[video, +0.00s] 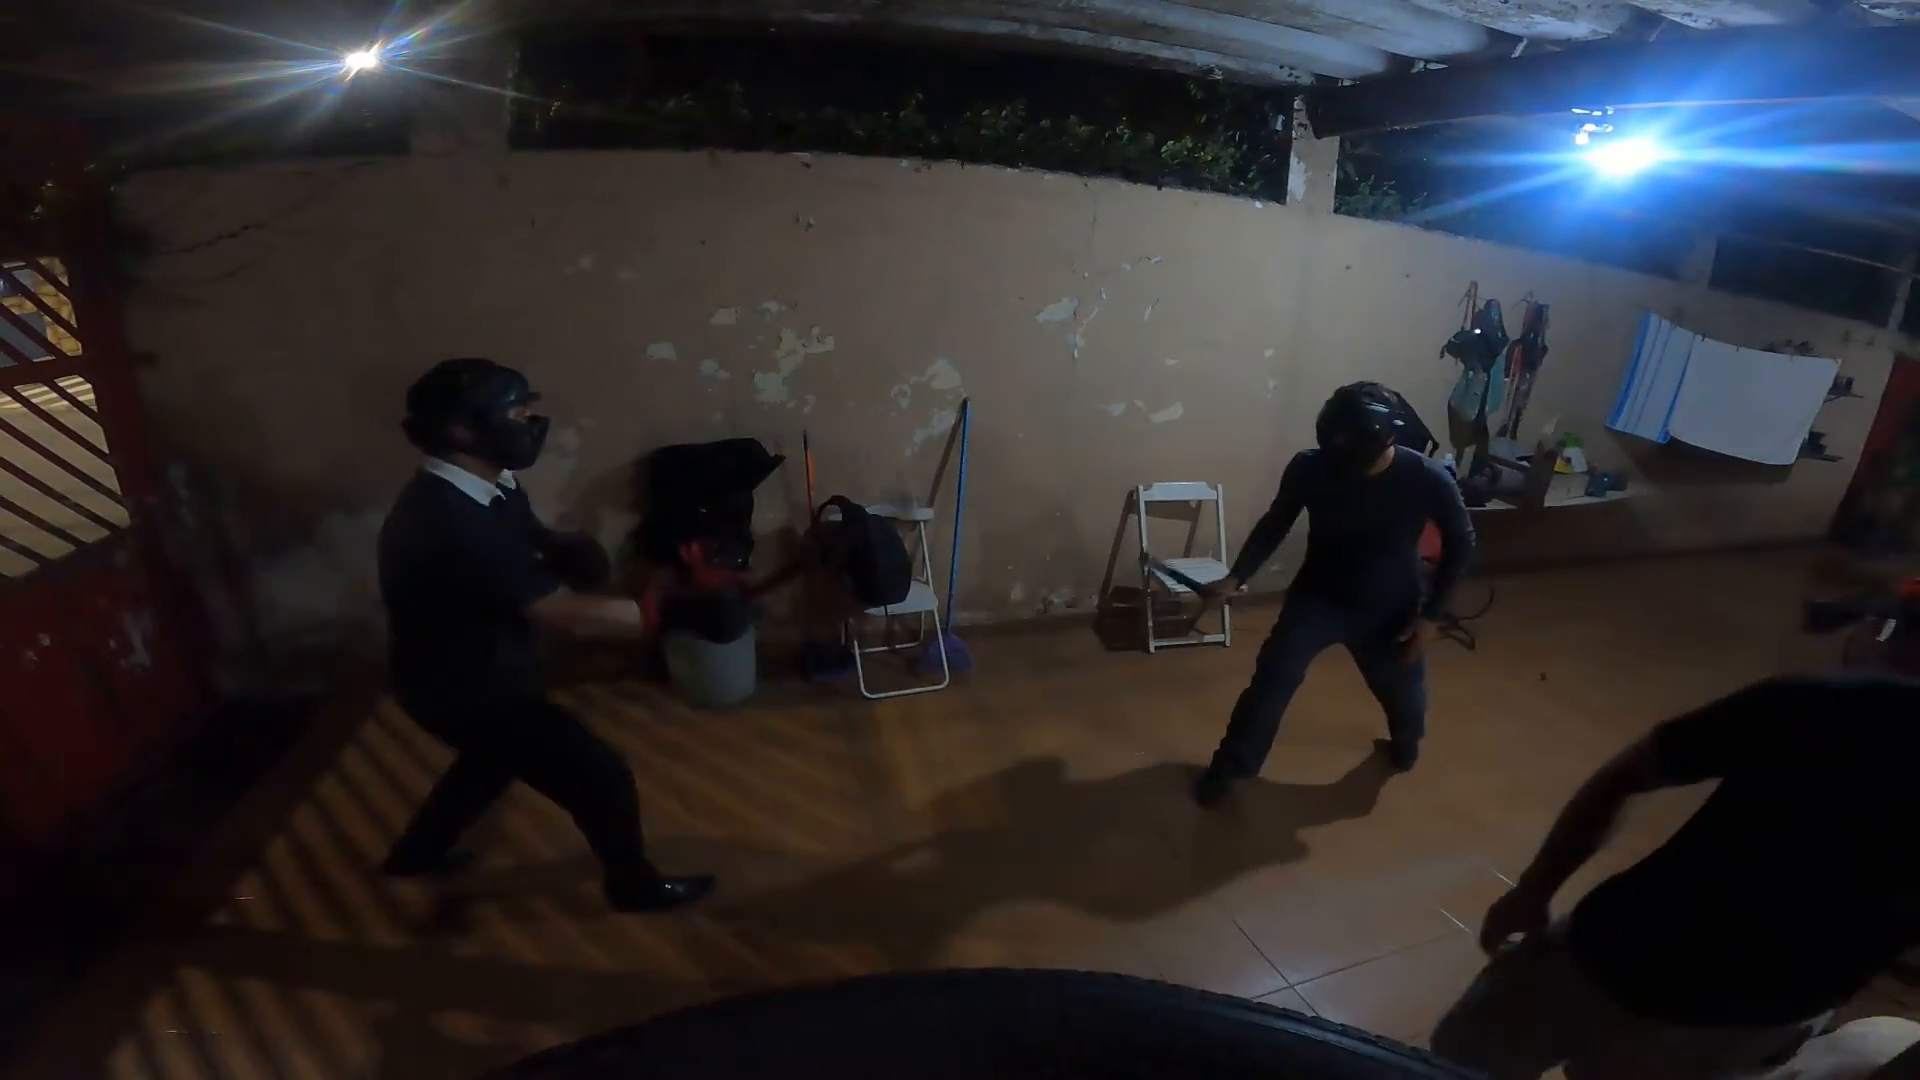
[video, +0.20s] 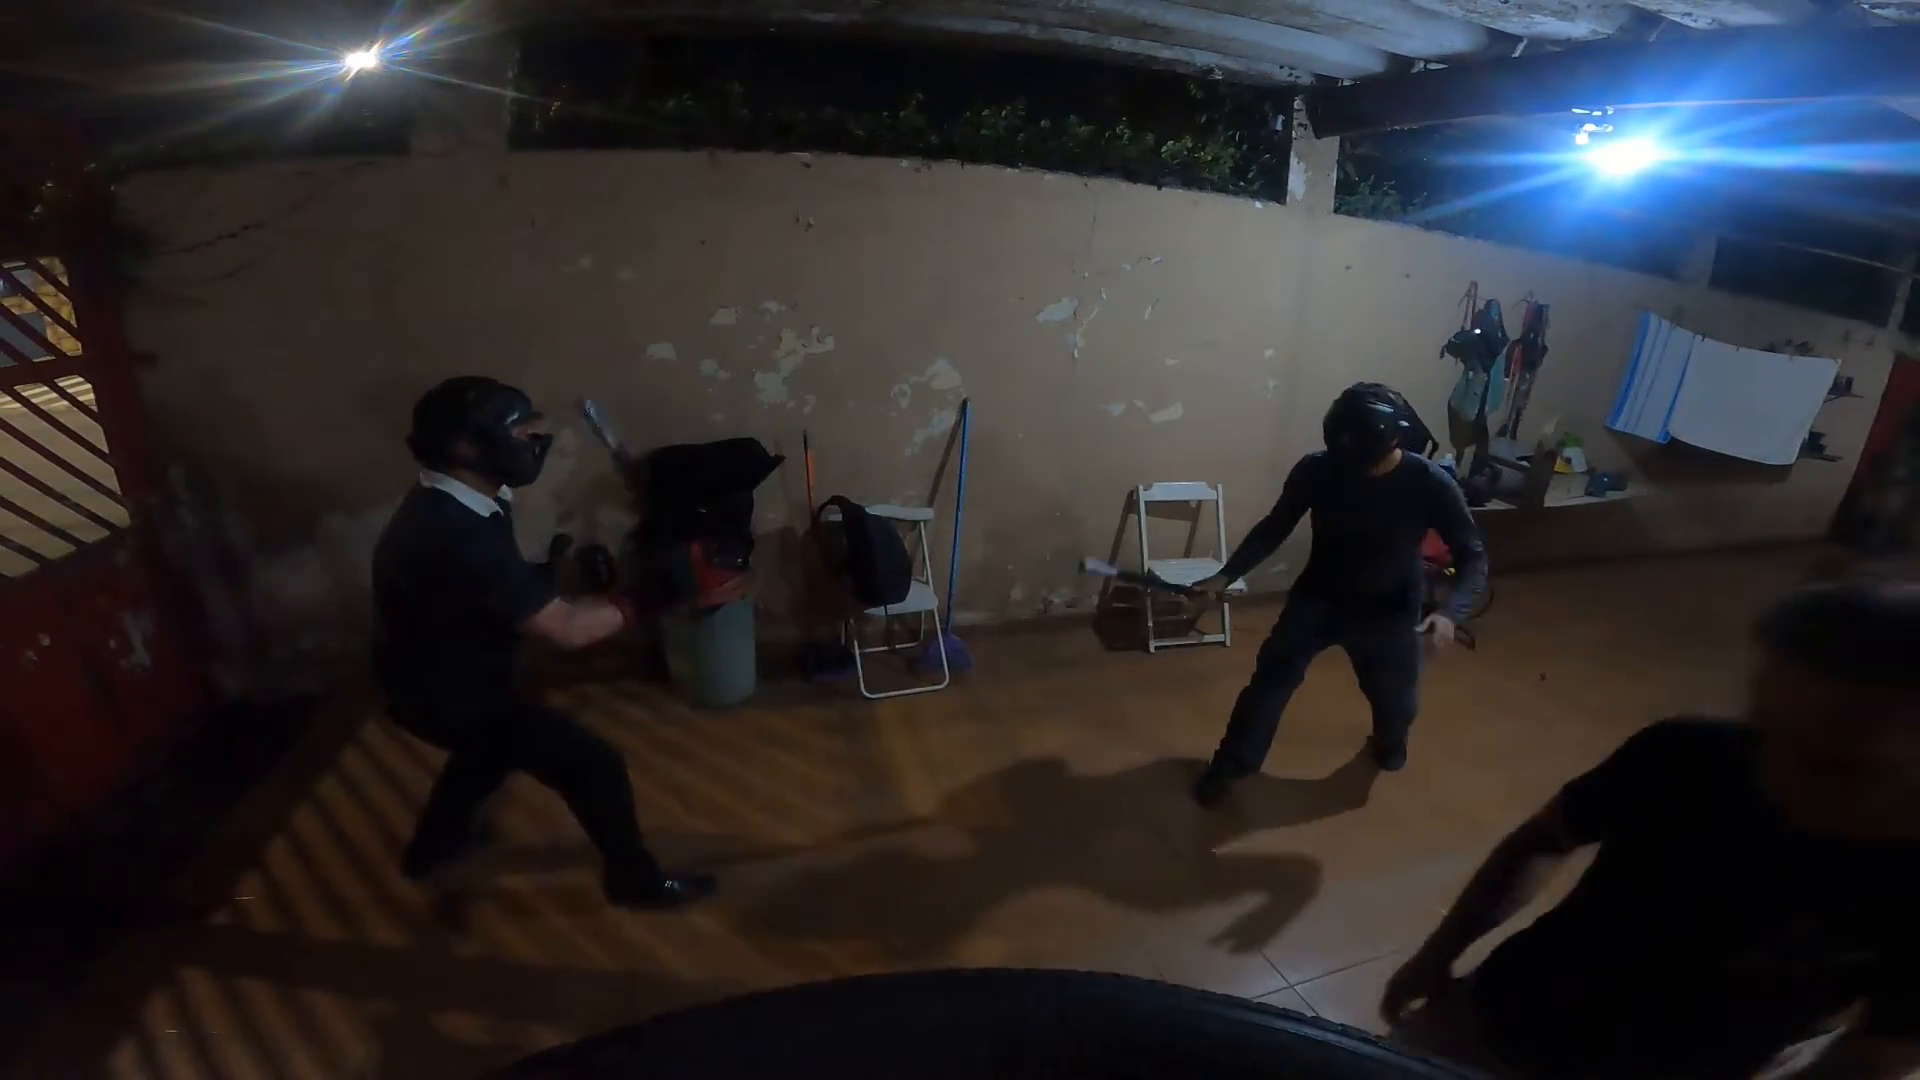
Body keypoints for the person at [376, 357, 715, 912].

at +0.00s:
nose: (534, 415)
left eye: (527, 403)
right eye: (513, 408)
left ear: (464, 433)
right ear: (463, 433)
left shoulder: (490, 486)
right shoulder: (445, 522)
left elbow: (523, 543)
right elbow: (548, 609)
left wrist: (563, 556)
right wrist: (654, 616)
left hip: (493, 674)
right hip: (455, 693)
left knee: (495, 758)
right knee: (601, 776)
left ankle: (418, 852)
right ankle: (632, 882)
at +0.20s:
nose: (535, 440)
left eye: (531, 428)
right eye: (518, 432)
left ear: (464, 449)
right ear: (468, 449)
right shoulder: (465, 534)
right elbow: (567, 629)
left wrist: (558, 580)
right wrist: (640, 601)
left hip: (420, 686)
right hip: (451, 700)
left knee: (491, 747)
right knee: (595, 766)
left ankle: (432, 850)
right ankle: (632, 876)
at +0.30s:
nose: (527, 449)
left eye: (522, 437)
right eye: (510, 440)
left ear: (454, 456)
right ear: (458, 455)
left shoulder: (431, 514)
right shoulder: (461, 541)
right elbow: (498, 670)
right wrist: (574, 701)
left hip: (419, 692)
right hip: (449, 704)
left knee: (509, 730)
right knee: (610, 740)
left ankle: (436, 850)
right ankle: (650, 868)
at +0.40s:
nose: (534, 445)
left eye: (529, 434)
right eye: (517, 438)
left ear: (466, 459)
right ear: (470, 458)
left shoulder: (466, 518)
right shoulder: (458, 543)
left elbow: (491, 598)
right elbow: (450, 676)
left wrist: (552, 578)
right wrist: (530, 729)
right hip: (454, 706)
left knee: (510, 744)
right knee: (626, 759)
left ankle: (433, 853)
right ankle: (690, 877)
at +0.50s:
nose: (554, 444)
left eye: (547, 432)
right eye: (535, 438)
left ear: (483, 463)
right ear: (485, 462)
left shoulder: (488, 517)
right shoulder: (485, 544)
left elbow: (551, 606)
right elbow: (493, 679)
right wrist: (560, 724)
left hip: (442, 697)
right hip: (470, 711)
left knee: (508, 755)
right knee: (637, 773)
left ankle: (433, 853)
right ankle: (704, 888)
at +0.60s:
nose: (574, 443)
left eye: (568, 432)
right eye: (556, 436)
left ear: (506, 461)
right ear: (509, 458)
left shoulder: (519, 519)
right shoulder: (510, 542)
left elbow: (583, 602)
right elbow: (559, 659)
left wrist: (633, 560)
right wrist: (635, 704)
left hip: (472, 699)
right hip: (499, 716)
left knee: (513, 765)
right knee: (655, 777)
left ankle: (434, 854)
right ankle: (706, 891)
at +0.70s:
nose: (605, 445)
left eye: (600, 433)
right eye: (588, 436)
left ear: (534, 458)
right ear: (538, 457)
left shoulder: (507, 521)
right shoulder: (551, 543)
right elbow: (643, 639)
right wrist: (725, 648)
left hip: (485, 704)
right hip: (527, 719)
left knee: (530, 767)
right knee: (673, 778)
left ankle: (438, 858)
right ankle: (708, 895)